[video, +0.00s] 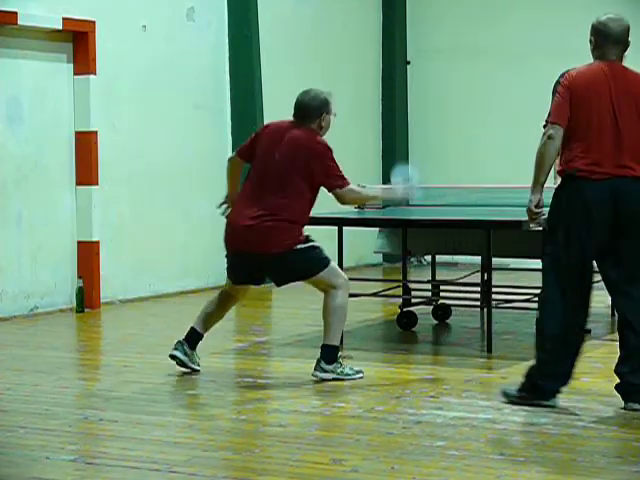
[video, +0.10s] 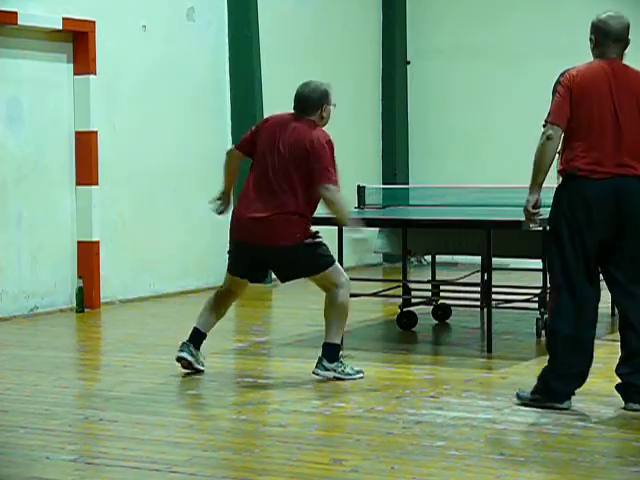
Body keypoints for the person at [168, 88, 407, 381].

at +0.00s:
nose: (331, 121)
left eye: (331, 115)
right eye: (330, 115)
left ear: (297, 113)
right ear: (322, 119)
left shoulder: (268, 131)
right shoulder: (317, 147)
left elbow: (236, 160)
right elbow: (346, 195)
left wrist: (232, 196)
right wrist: (380, 195)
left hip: (238, 236)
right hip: (279, 240)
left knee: (232, 290)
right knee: (338, 285)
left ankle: (187, 345)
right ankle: (329, 362)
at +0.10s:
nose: (331, 111)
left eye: (330, 105)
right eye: (330, 106)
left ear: (298, 107)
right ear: (322, 111)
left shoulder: (271, 124)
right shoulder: (318, 139)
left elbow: (234, 155)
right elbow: (326, 189)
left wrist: (226, 192)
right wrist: (346, 218)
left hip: (245, 229)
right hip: (288, 233)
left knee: (230, 288)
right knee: (339, 285)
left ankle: (192, 345)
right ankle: (330, 360)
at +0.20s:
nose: (330, 115)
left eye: (331, 109)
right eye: (330, 109)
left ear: (298, 105)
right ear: (322, 110)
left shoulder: (268, 122)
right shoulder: (311, 134)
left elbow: (226, 148)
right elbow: (293, 172)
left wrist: (207, 183)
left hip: (243, 226)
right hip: (284, 229)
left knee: (227, 292)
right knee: (335, 284)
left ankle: (191, 353)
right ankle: (330, 360)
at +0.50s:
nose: (329, 112)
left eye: (331, 105)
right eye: (329, 105)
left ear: (300, 101)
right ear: (315, 102)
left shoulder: (271, 122)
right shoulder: (297, 125)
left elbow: (256, 169)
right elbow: (281, 162)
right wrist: (285, 201)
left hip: (238, 222)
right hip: (274, 224)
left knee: (225, 292)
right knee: (326, 281)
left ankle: (190, 356)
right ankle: (327, 360)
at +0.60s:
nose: (334, 105)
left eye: (334, 99)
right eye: (331, 98)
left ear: (308, 99)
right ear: (312, 98)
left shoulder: (279, 121)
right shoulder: (303, 126)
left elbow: (274, 175)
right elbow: (298, 172)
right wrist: (320, 213)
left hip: (245, 223)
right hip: (281, 227)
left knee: (229, 292)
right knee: (331, 281)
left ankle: (191, 356)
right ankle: (327, 361)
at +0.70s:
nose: (338, 96)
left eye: (337, 91)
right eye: (332, 91)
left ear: (309, 95)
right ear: (312, 93)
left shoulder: (290, 118)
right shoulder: (307, 121)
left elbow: (300, 172)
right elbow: (309, 173)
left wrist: (340, 192)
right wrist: (346, 202)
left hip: (255, 220)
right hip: (285, 224)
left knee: (247, 288)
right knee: (334, 282)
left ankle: (197, 349)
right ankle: (327, 362)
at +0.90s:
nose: (332, 81)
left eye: (331, 76)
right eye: (326, 77)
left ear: (311, 84)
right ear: (305, 83)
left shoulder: (308, 113)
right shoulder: (298, 111)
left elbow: (303, 161)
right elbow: (291, 160)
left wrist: (338, 169)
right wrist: (335, 169)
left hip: (276, 217)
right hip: (287, 218)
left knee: (293, 286)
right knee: (331, 281)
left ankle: (232, 331)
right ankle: (327, 361)